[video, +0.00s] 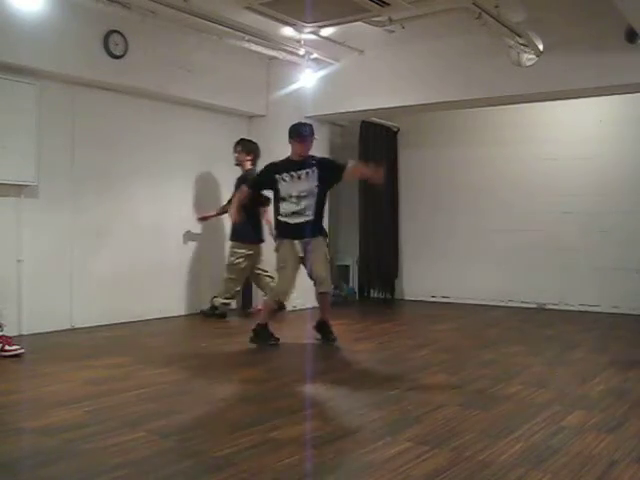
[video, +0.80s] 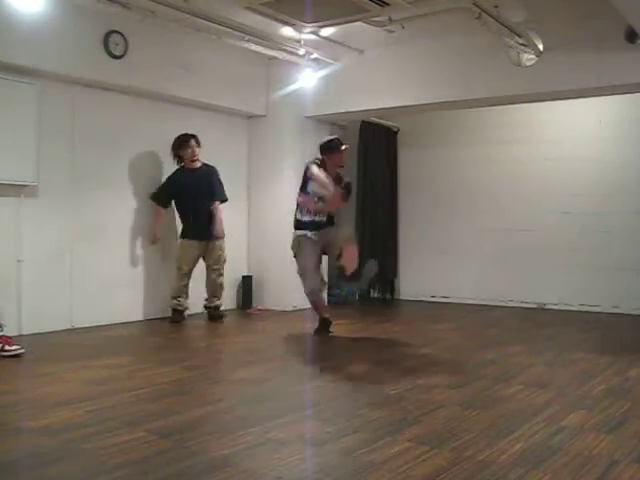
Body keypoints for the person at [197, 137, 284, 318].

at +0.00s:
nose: (235, 156)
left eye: (238, 153)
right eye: (235, 153)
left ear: (249, 156)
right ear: (247, 156)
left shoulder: (252, 179)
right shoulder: (243, 179)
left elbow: (264, 202)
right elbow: (231, 204)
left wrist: (269, 223)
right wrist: (211, 215)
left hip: (245, 235)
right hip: (248, 234)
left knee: (234, 272)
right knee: (255, 270)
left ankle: (221, 305)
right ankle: (278, 298)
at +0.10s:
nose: (226, 155)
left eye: (229, 152)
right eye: (226, 151)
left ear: (240, 155)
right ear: (239, 155)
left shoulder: (240, 177)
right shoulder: (236, 177)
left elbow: (246, 207)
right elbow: (224, 206)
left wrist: (252, 232)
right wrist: (207, 222)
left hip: (234, 235)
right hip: (238, 234)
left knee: (225, 271)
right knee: (236, 271)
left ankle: (218, 306)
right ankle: (264, 295)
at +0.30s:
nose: (217, 153)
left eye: (221, 149)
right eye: (214, 149)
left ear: (230, 153)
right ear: (211, 152)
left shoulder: (231, 174)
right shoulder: (213, 175)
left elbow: (222, 202)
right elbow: (211, 201)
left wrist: (205, 219)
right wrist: (205, 220)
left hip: (225, 232)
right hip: (210, 229)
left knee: (218, 270)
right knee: (199, 266)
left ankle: (219, 305)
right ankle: (213, 301)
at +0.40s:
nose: (211, 151)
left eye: (216, 148)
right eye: (208, 147)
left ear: (223, 152)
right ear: (203, 151)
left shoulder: (226, 173)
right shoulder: (202, 173)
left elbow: (213, 198)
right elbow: (206, 198)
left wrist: (190, 203)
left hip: (222, 230)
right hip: (202, 228)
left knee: (218, 272)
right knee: (191, 268)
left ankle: (217, 307)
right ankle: (188, 305)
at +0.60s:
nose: (202, 152)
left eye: (205, 148)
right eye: (197, 148)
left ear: (209, 151)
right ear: (189, 151)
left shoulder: (217, 173)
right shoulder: (184, 174)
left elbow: (216, 199)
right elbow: (179, 204)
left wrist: (188, 195)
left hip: (215, 230)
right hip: (192, 228)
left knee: (217, 272)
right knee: (184, 270)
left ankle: (216, 306)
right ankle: (178, 307)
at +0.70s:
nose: (195, 150)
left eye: (198, 147)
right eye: (189, 148)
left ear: (202, 149)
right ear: (182, 153)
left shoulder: (212, 172)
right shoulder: (178, 177)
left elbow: (221, 197)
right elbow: (166, 204)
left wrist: (203, 208)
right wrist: (162, 229)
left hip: (214, 232)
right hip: (190, 232)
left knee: (216, 272)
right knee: (183, 271)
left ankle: (213, 306)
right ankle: (178, 307)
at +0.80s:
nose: (194, 151)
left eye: (196, 147)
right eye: (189, 148)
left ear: (200, 149)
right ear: (180, 154)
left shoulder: (210, 172)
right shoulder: (177, 178)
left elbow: (216, 201)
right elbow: (160, 204)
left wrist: (219, 224)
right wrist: (155, 230)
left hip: (213, 231)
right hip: (191, 233)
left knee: (216, 271)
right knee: (183, 272)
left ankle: (214, 307)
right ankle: (178, 307)